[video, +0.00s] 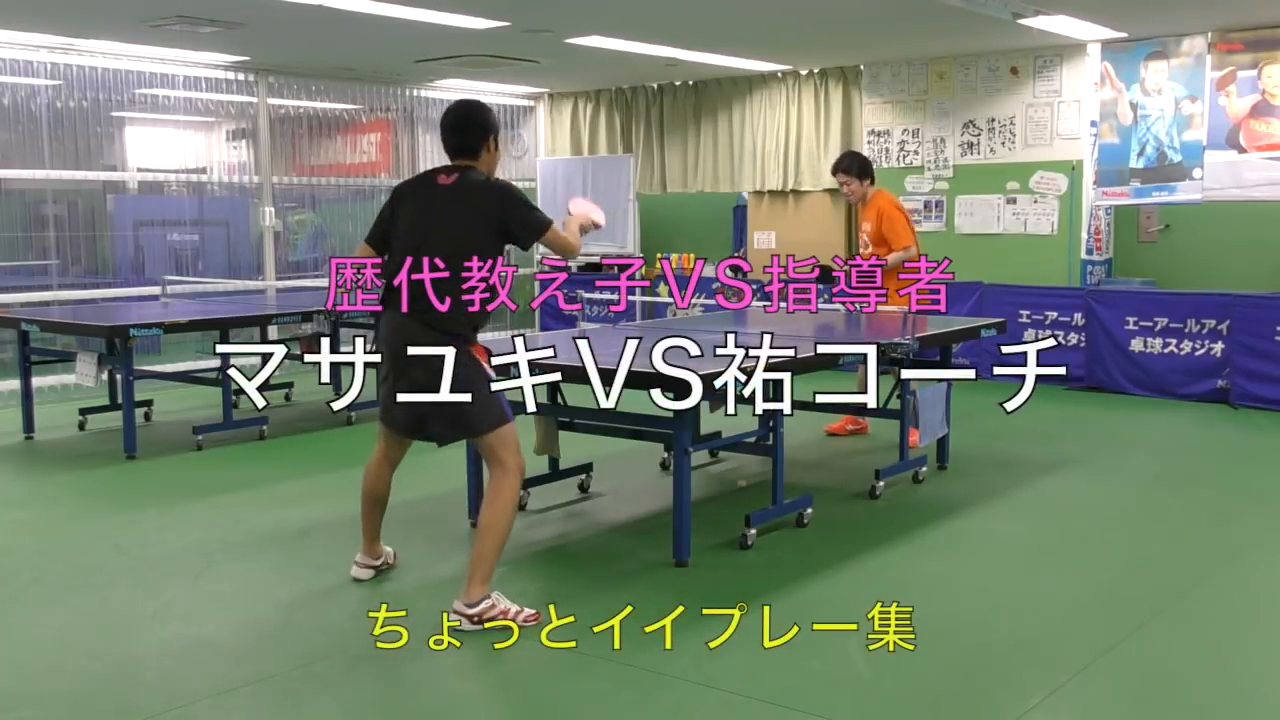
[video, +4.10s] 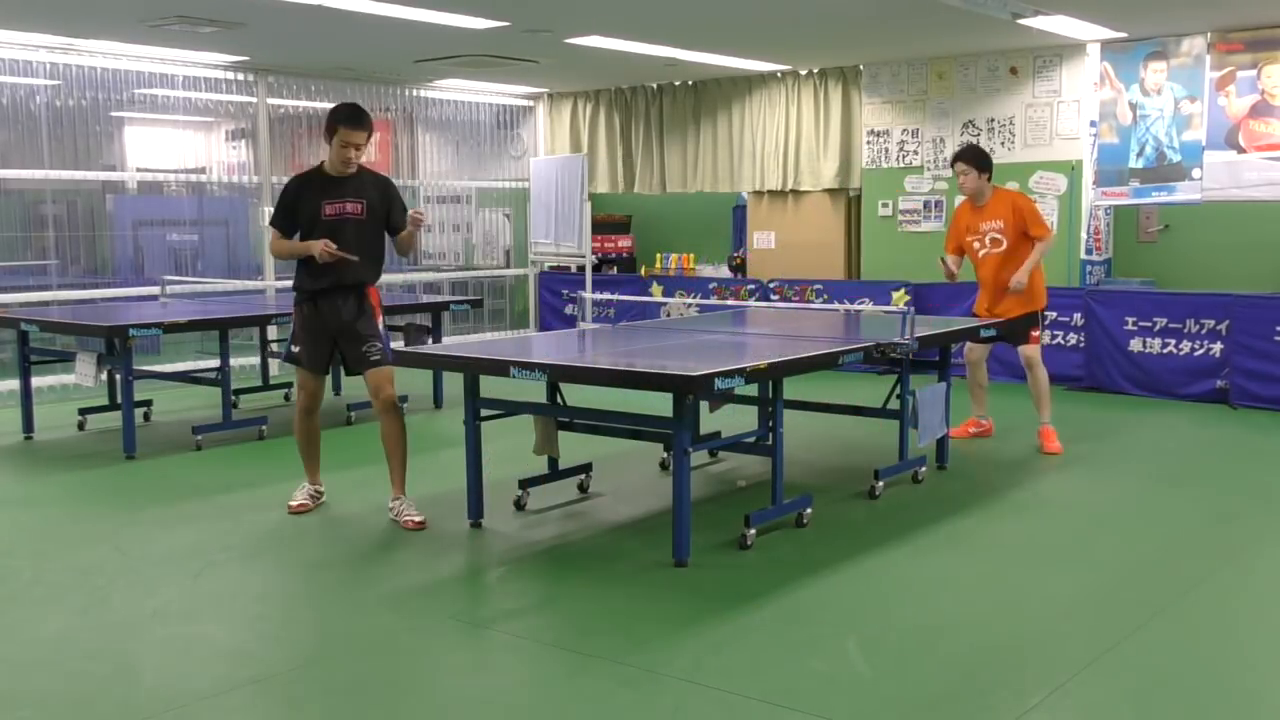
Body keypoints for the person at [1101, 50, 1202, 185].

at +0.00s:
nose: (1159, 77)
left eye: (1162, 71)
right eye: (1154, 71)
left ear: (1168, 72)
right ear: (1144, 72)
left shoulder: (1174, 89)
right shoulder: (1135, 91)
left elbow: (1199, 105)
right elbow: (1125, 121)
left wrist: (1191, 107)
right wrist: (1121, 94)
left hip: (1171, 161)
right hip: (1142, 163)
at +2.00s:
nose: (1159, 76)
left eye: (1163, 71)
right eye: (1155, 71)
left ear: (1168, 73)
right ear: (1144, 72)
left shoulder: (1173, 89)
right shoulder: (1135, 91)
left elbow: (1199, 105)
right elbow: (1125, 120)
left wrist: (1191, 107)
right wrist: (1121, 94)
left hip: (1171, 161)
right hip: (1141, 163)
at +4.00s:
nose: (1159, 76)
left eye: (1163, 71)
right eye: (1155, 71)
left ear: (1168, 72)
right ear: (1144, 72)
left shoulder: (1174, 89)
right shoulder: (1135, 91)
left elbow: (1199, 106)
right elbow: (1125, 120)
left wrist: (1191, 107)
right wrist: (1122, 95)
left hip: (1171, 161)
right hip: (1142, 163)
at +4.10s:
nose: (1158, 77)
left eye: (1162, 72)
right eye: (1154, 71)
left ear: (1167, 73)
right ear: (1143, 72)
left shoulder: (1173, 90)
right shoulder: (1135, 91)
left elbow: (1198, 106)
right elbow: (1125, 121)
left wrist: (1190, 107)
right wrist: (1121, 95)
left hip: (1171, 162)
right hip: (1141, 164)